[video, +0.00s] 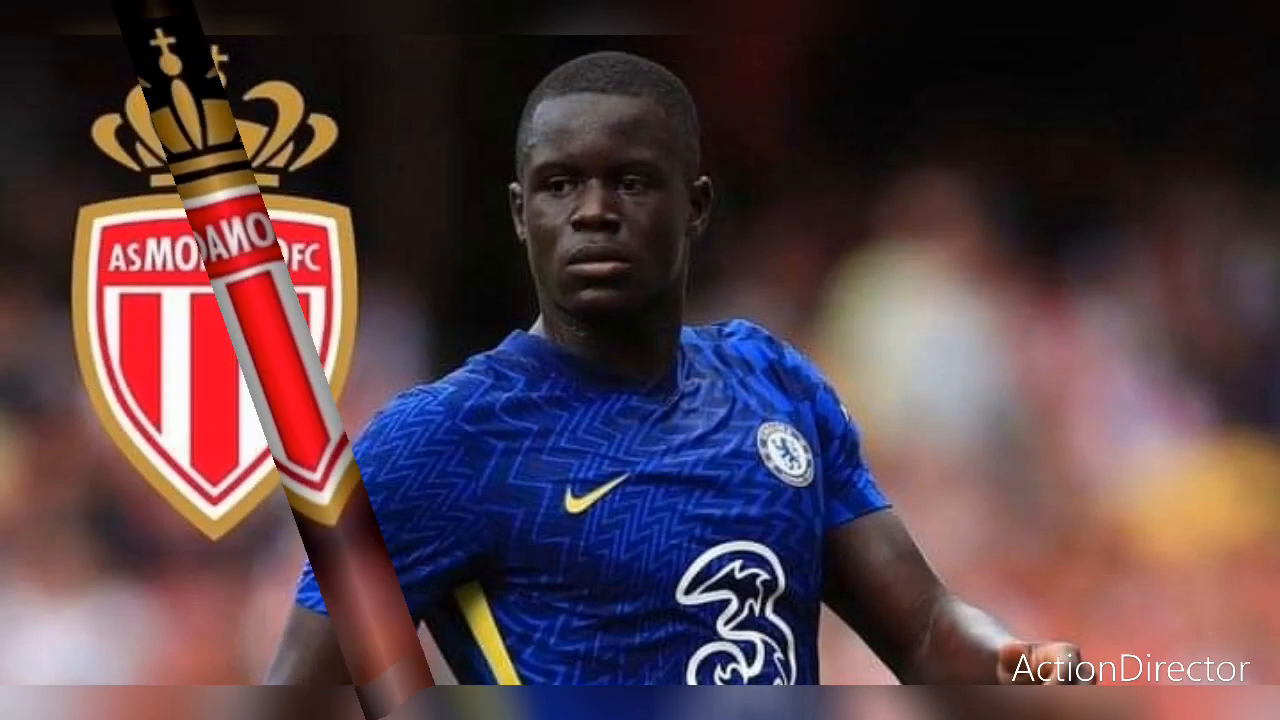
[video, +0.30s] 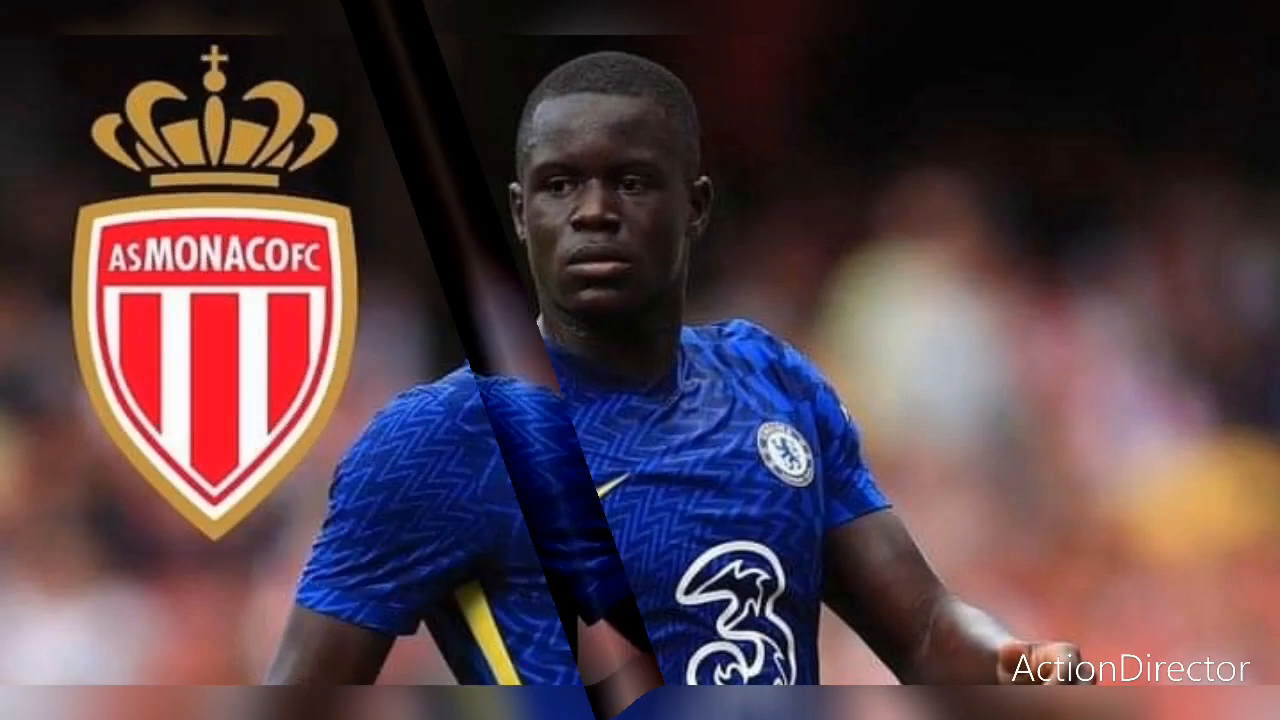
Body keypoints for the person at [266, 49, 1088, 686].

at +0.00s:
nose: (595, 209)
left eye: (633, 179)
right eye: (560, 181)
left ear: (697, 210)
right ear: (523, 215)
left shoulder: (771, 385)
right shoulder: (437, 440)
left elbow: (921, 626)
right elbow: (297, 689)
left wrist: (1017, 673)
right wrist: (398, 694)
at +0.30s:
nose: (596, 208)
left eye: (633, 179)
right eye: (560, 181)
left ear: (697, 211)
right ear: (521, 219)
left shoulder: (769, 385)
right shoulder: (435, 443)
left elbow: (921, 626)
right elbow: (302, 692)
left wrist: (1019, 674)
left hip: (777, 708)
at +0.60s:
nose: (598, 209)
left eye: (635, 176)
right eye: (561, 182)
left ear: (687, 201)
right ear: (522, 220)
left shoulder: (784, 397)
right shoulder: (435, 445)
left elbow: (923, 624)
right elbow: (303, 691)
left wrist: (1020, 670)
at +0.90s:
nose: (595, 213)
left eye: (632, 181)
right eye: (559, 184)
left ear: (696, 208)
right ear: (519, 216)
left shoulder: (775, 392)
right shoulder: (432, 444)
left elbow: (922, 626)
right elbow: (294, 698)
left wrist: (1019, 673)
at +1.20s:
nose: (595, 210)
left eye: (633, 178)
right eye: (559, 181)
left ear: (697, 209)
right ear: (522, 216)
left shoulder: (770, 385)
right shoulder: (433, 444)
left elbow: (921, 626)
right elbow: (301, 691)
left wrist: (1017, 674)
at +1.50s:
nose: (595, 210)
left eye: (633, 178)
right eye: (560, 181)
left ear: (697, 209)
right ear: (522, 216)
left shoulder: (770, 385)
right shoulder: (433, 444)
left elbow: (921, 626)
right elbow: (301, 691)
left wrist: (1021, 675)